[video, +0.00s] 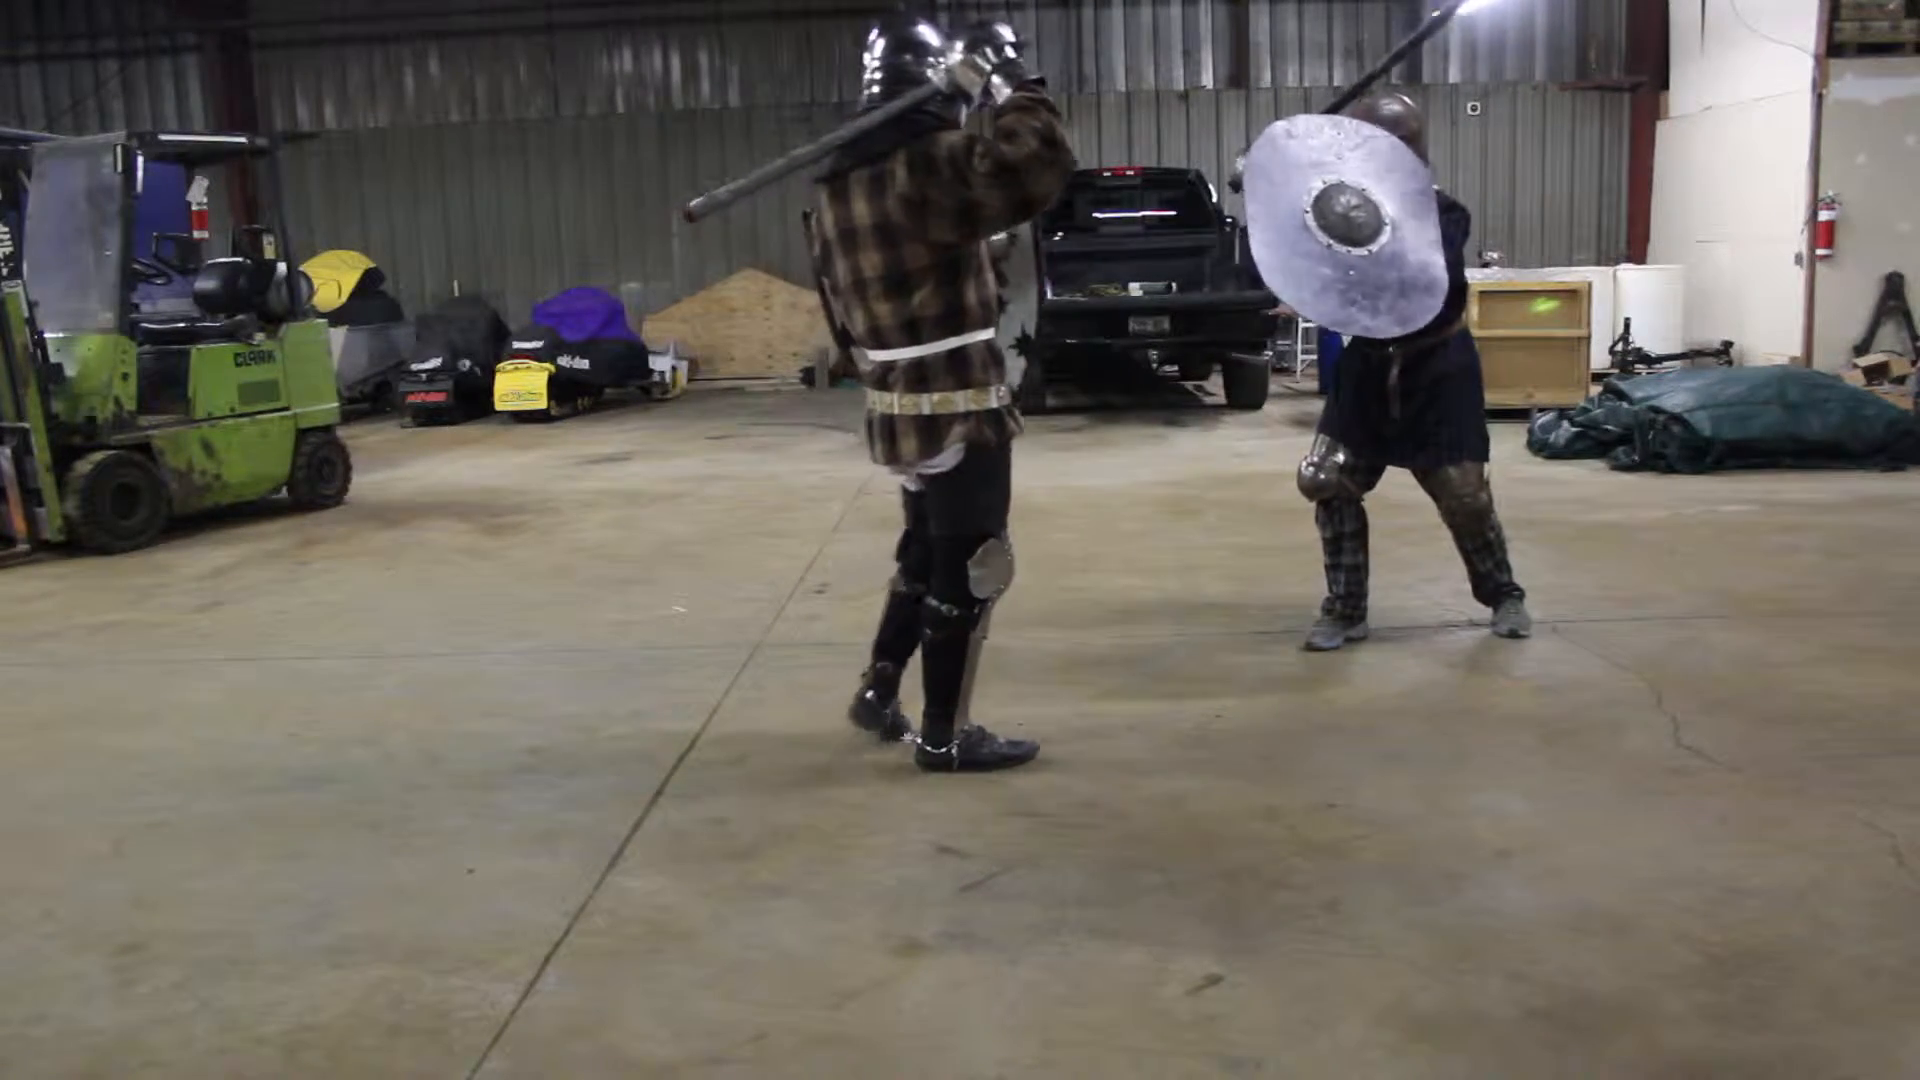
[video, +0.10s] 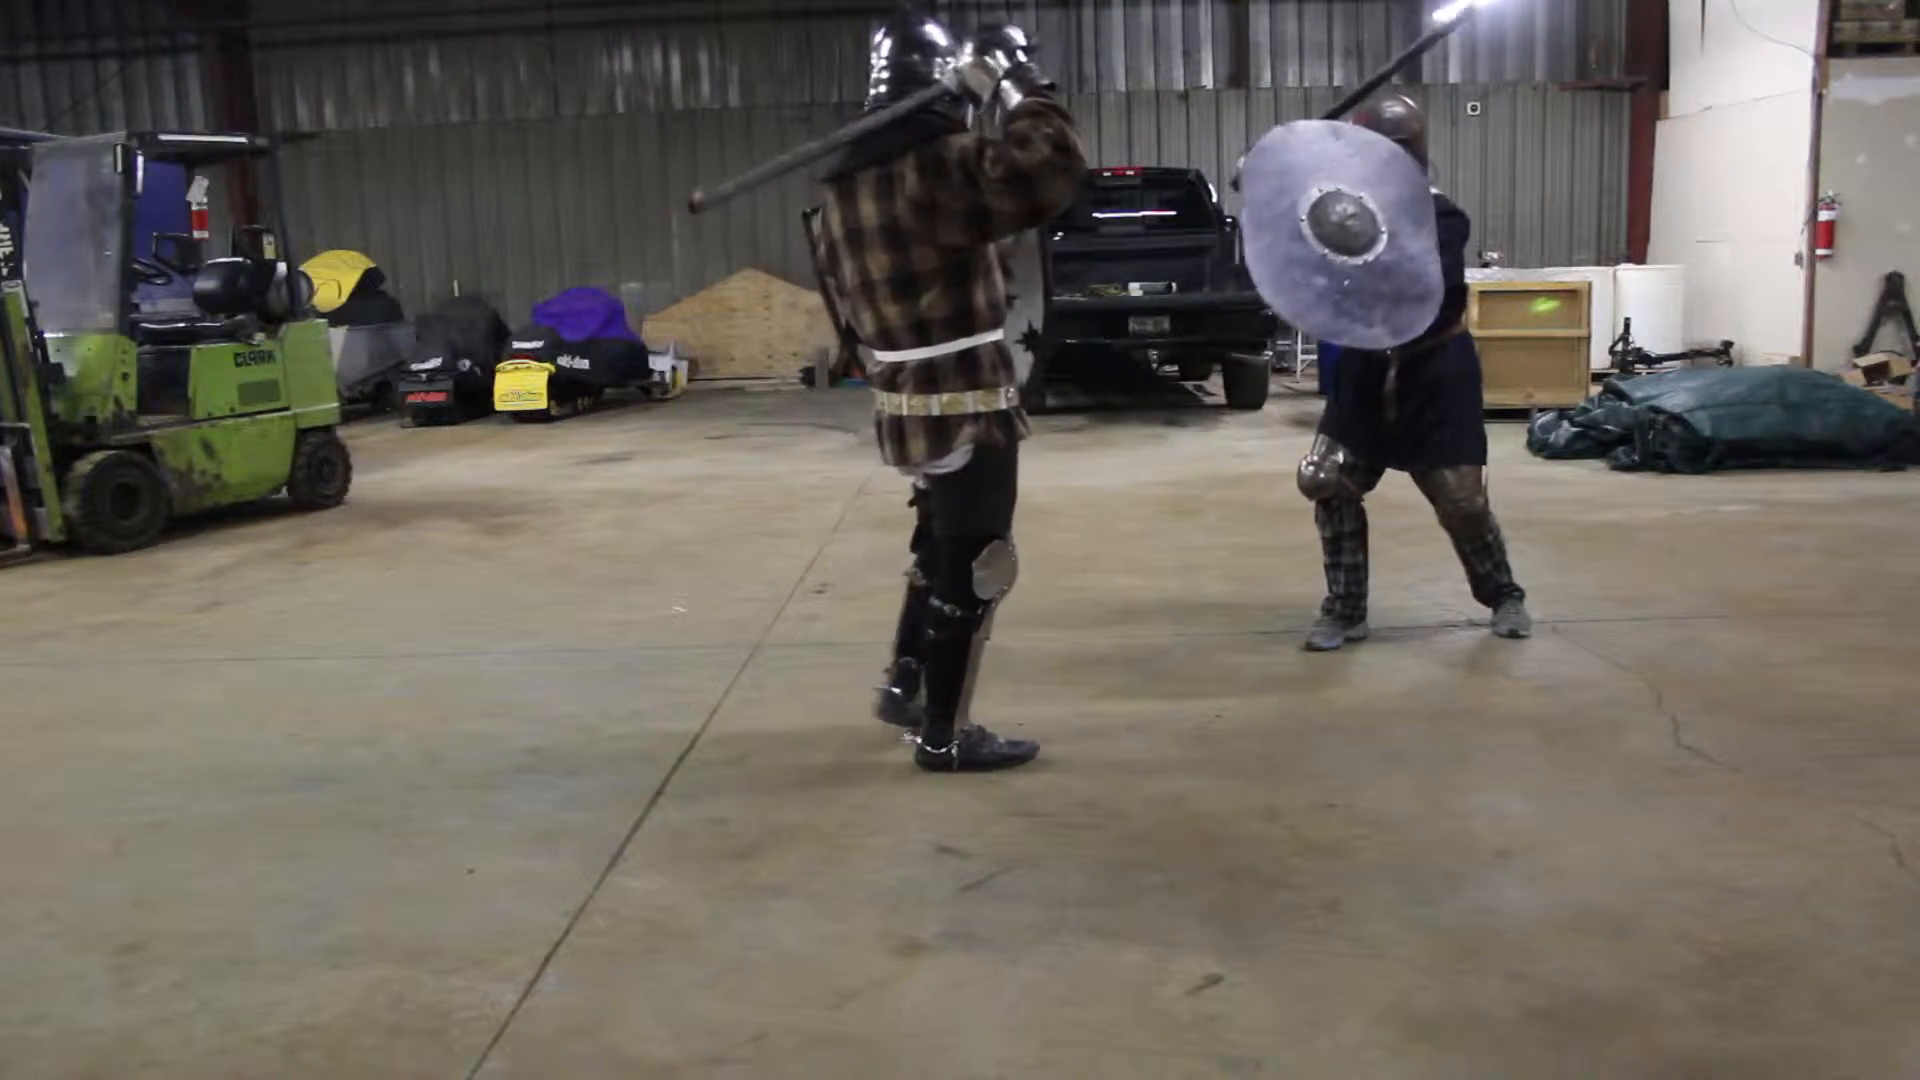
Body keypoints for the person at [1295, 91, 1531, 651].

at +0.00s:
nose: (1374, 156)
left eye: (1387, 143)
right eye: (1363, 143)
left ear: (1413, 148)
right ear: (1353, 147)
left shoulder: (1443, 215)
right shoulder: (1347, 209)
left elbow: (1438, 305)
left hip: (1438, 357)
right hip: (1365, 358)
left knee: (1461, 489)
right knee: (1330, 479)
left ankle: (1504, 597)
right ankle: (1344, 610)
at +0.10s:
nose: (1386, 159)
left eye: (1399, 147)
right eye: (1375, 147)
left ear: (1418, 152)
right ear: (1357, 148)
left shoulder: (1441, 219)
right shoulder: (1346, 211)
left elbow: (1442, 305)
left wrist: (1402, 348)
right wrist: (1264, 196)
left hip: (1436, 364)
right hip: (1361, 364)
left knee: (1459, 498)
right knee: (1329, 480)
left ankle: (1504, 598)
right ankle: (1344, 610)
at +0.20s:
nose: (1379, 167)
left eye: (1390, 155)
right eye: (1368, 154)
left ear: (1413, 159)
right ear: (1355, 156)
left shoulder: (1438, 225)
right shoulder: (1346, 218)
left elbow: (1440, 313)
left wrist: (1400, 353)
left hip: (1436, 370)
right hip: (1360, 370)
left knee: (1456, 503)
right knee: (1327, 482)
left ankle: (1504, 598)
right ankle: (1344, 610)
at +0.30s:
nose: (1379, 165)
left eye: (1392, 153)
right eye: (1368, 152)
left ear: (1416, 159)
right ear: (1355, 156)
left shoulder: (1439, 226)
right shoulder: (1343, 216)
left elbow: (1449, 315)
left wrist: (1403, 349)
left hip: (1434, 368)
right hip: (1358, 367)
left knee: (1458, 504)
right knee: (1319, 482)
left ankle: (1504, 599)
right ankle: (1344, 610)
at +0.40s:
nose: (1391, 148)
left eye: (1401, 136)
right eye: (1381, 136)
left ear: (1421, 146)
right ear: (1363, 144)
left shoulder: (1443, 215)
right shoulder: (1345, 208)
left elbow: (1427, 298)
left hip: (1433, 360)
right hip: (1354, 363)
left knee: (1464, 495)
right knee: (1324, 484)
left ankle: (1503, 597)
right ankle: (1344, 611)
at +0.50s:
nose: (1363, 168)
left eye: (1374, 157)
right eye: (1353, 158)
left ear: (1393, 159)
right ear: (1337, 168)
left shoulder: (1433, 202)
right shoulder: (1322, 211)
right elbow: (1282, 277)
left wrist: (1390, 186)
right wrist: (1259, 211)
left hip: (1433, 352)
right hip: (1356, 354)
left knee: (1464, 490)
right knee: (1331, 484)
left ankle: (1499, 597)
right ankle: (1344, 611)